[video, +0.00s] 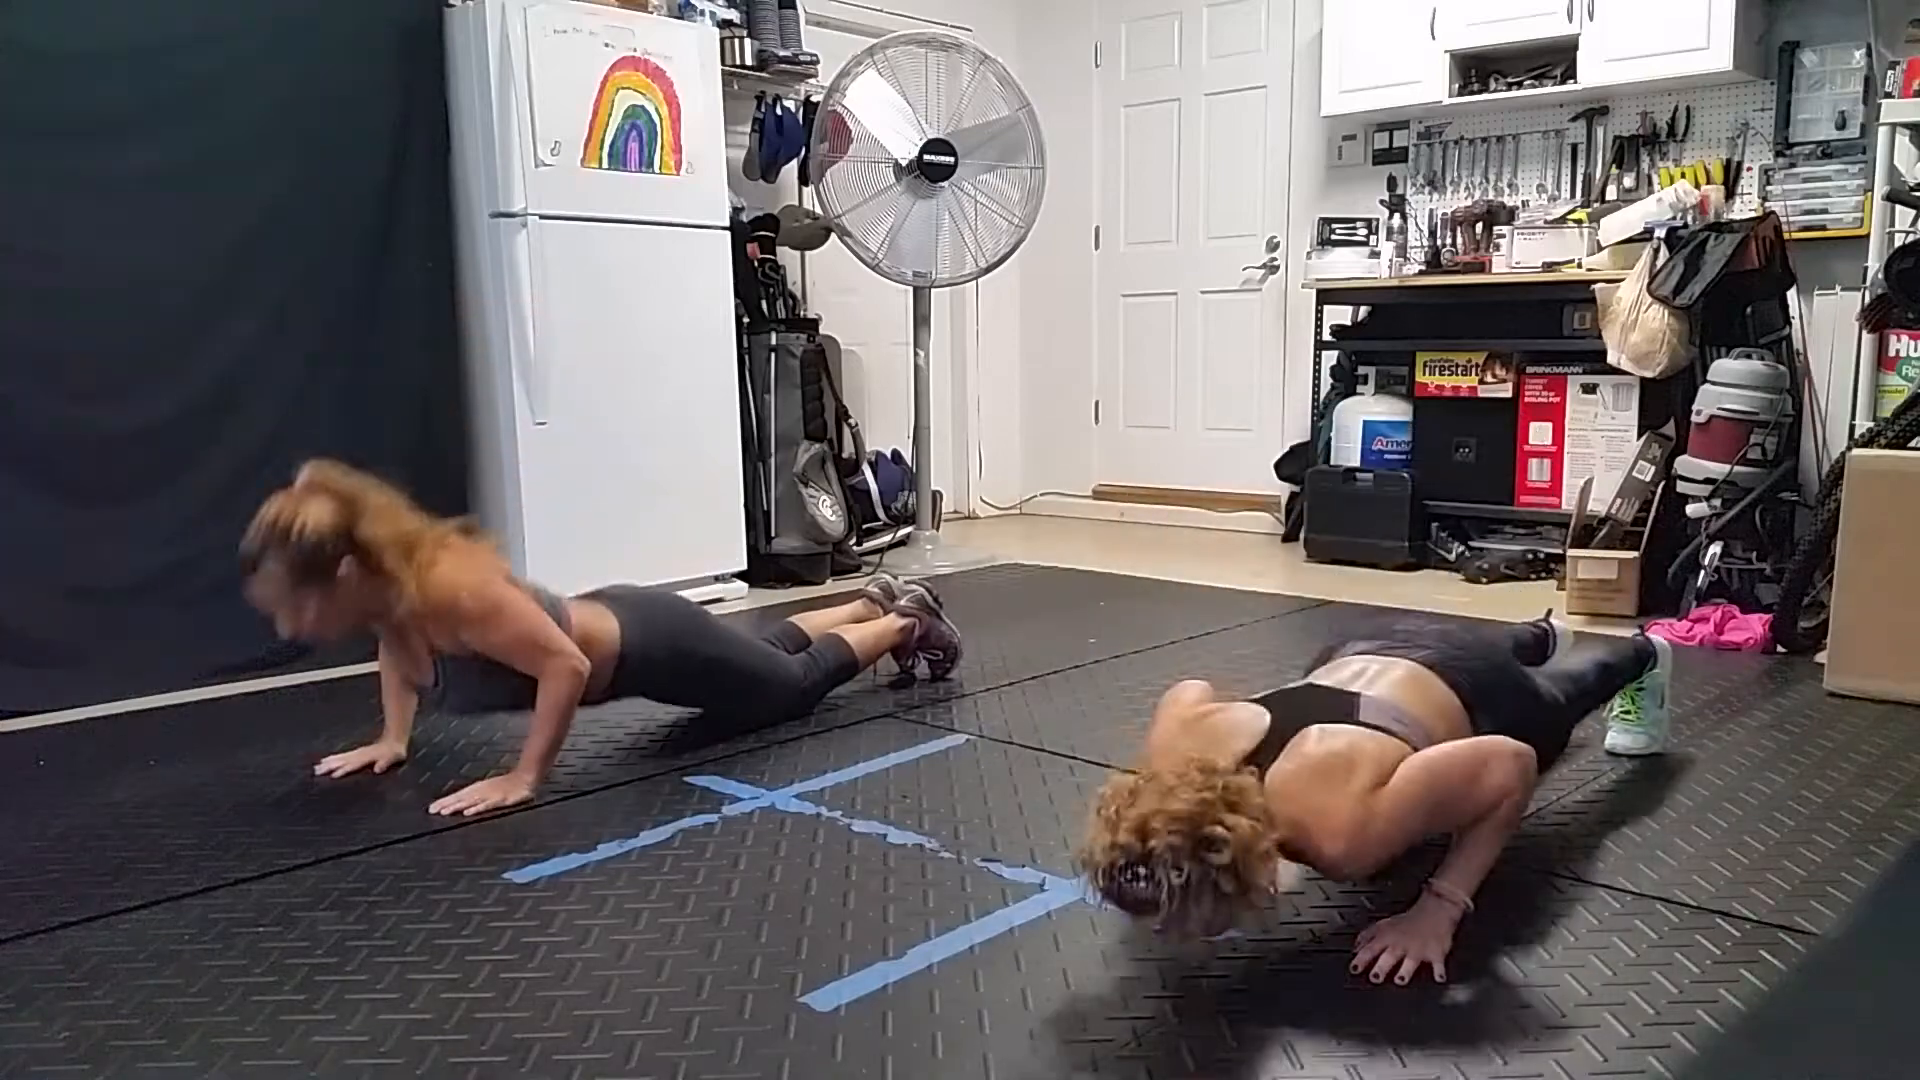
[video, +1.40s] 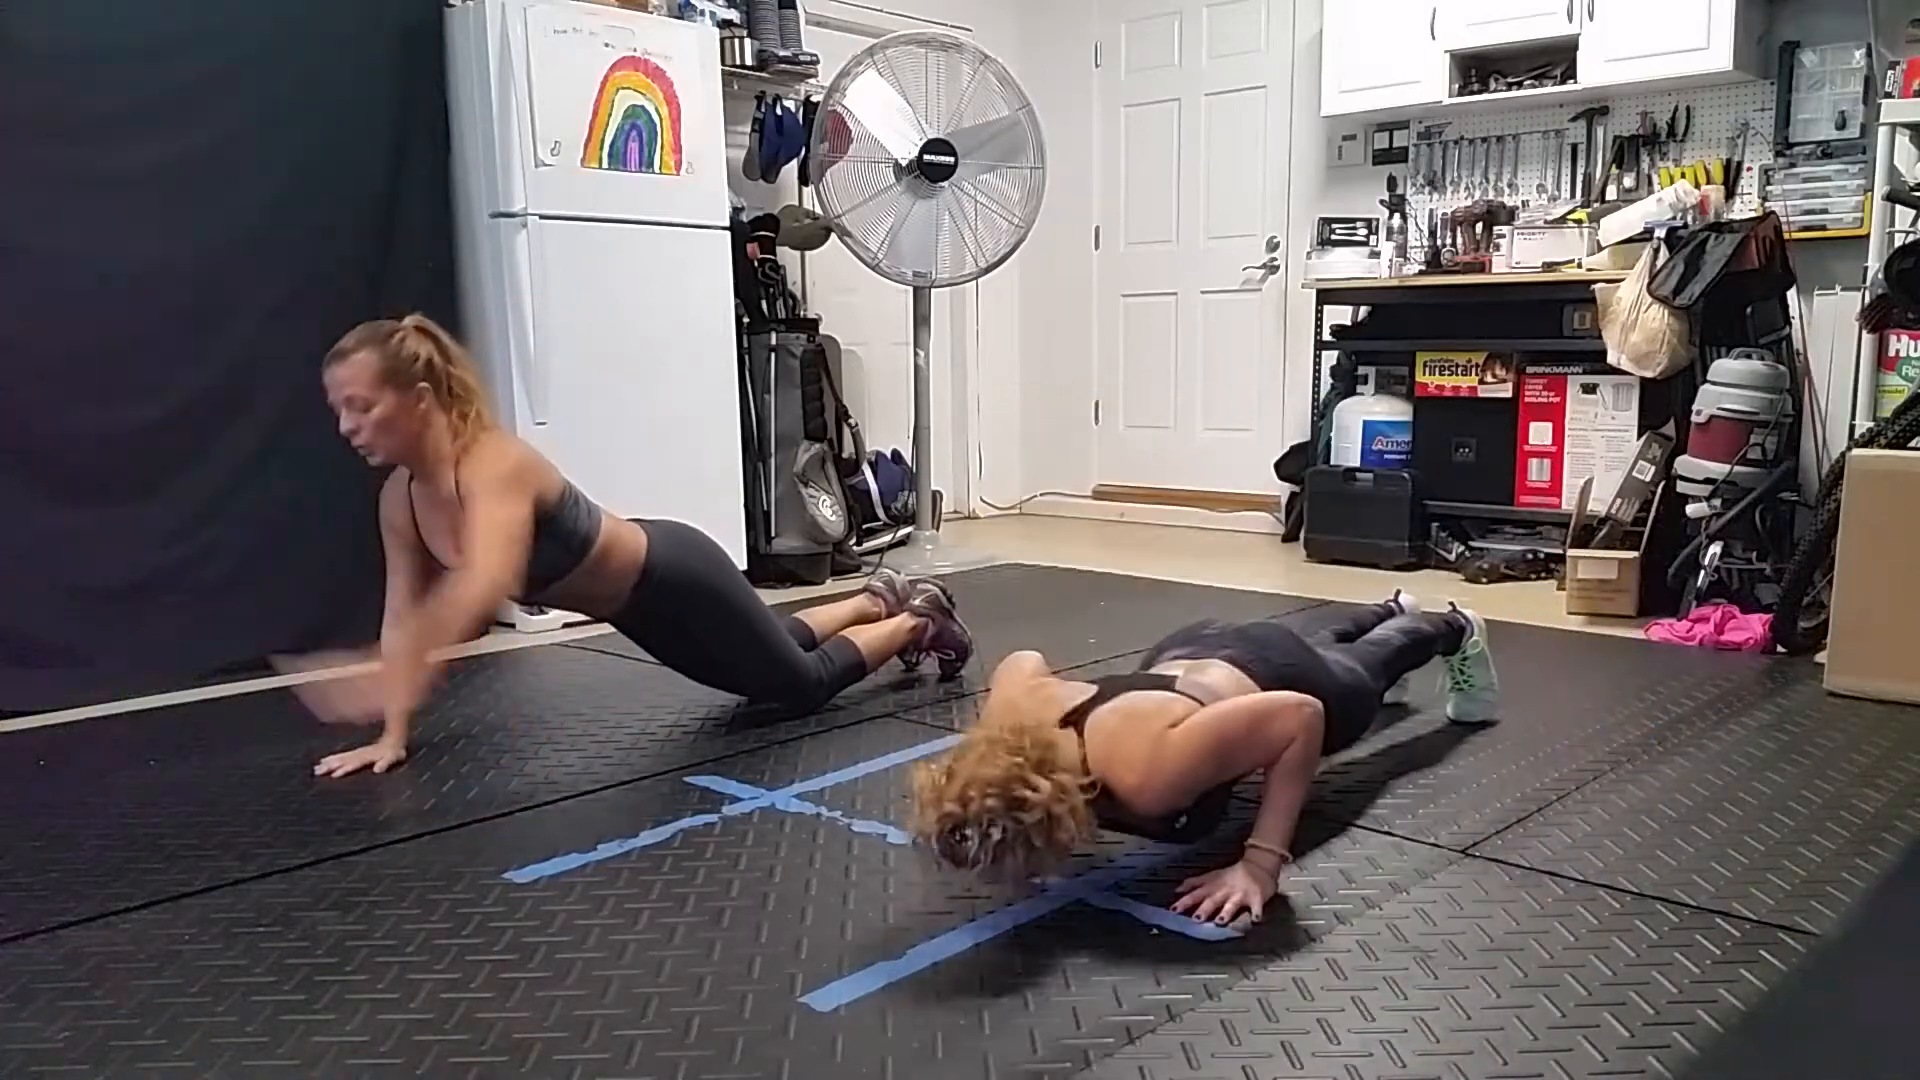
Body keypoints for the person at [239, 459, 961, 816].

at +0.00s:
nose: (289, 633)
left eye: (288, 615)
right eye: (278, 620)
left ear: (337, 577)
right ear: (329, 573)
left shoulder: (453, 591)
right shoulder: (391, 588)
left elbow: (565, 667)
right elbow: (397, 659)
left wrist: (521, 777)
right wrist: (391, 742)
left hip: (655, 644)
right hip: (611, 620)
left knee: (799, 678)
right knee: (757, 644)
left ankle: (907, 621)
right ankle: (871, 603)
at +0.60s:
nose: (286, 509)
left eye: (293, 490)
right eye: (281, 494)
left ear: (348, 475)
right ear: (334, 478)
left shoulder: (455, 526)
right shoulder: (381, 532)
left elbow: (534, 653)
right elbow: (393, 635)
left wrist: (519, 773)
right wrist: (391, 741)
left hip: (655, 613)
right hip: (624, 603)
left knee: (798, 682)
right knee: (763, 644)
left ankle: (902, 624)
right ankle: (873, 604)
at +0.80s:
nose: (332, 422)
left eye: (347, 403)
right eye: (326, 406)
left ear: (408, 396)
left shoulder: (484, 470)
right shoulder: (386, 490)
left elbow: (470, 608)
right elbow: (397, 613)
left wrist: (425, 727)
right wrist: (397, 722)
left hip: (669, 586)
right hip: (632, 595)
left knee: (801, 687)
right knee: (770, 649)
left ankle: (912, 628)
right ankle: (879, 601)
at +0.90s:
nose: (349, 418)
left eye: (363, 396)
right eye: (342, 402)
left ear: (422, 387)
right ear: (364, 407)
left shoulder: (480, 460)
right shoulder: (406, 491)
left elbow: (379, 524)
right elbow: (401, 619)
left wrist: (273, 558)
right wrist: (391, 740)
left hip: (674, 581)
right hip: (642, 579)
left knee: (810, 682)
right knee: (775, 637)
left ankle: (920, 622)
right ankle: (883, 601)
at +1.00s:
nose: (353, 415)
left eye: (369, 398)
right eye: (346, 400)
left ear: (428, 400)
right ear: (357, 409)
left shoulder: (487, 465)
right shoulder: (405, 501)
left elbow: (355, 439)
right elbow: (403, 621)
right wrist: (392, 740)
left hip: (682, 577)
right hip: (644, 585)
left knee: (812, 680)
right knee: (777, 643)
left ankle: (918, 631)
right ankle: (874, 607)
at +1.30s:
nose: (350, 416)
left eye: (362, 394)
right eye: (343, 401)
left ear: (424, 383)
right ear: (367, 402)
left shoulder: (480, 450)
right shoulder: (405, 481)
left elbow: (374, 487)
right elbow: (401, 615)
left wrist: (254, 494)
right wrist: (391, 739)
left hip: (674, 582)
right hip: (640, 582)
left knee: (810, 681)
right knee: (773, 636)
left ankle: (917, 620)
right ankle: (880, 599)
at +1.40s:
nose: (348, 431)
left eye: (359, 410)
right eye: (340, 416)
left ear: (420, 394)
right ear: (360, 412)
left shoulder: (494, 468)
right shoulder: (403, 494)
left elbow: (484, 590)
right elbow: (403, 611)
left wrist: (387, 662)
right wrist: (393, 735)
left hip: (676, 580)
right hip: (636, 601)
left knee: (808, 683)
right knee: (772, 646)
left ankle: (917, 623)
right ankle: (879, 598)